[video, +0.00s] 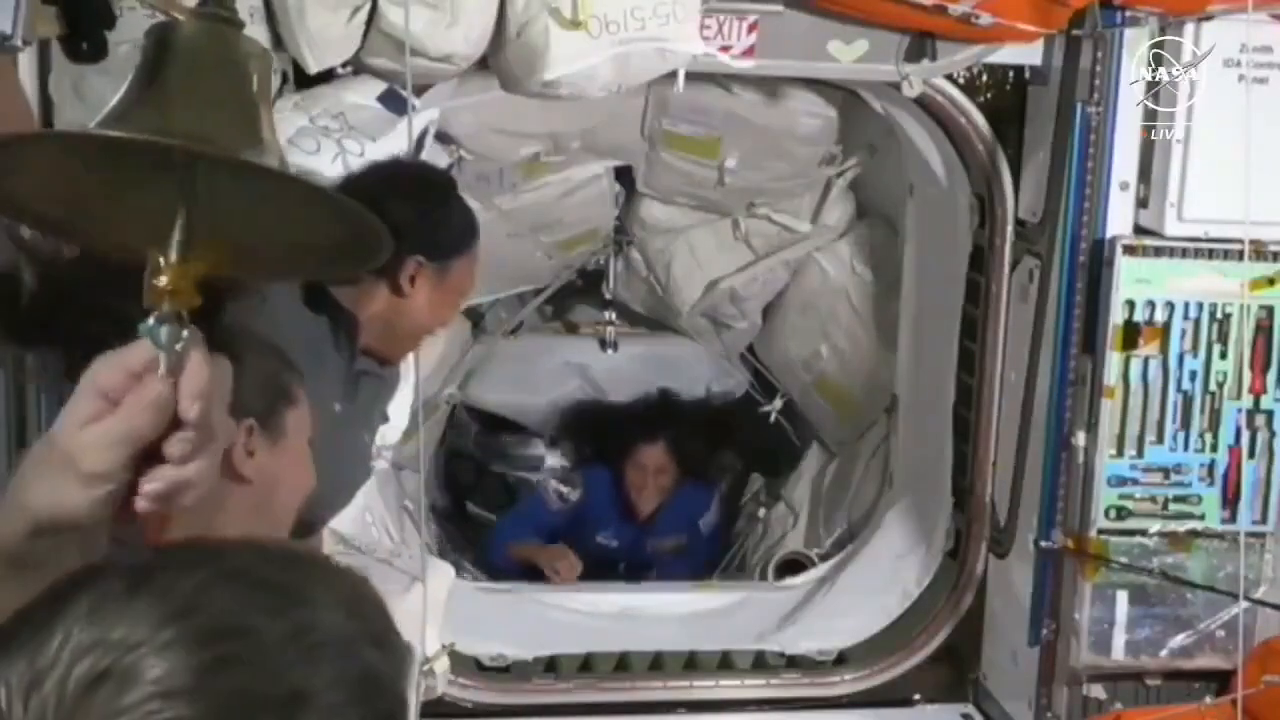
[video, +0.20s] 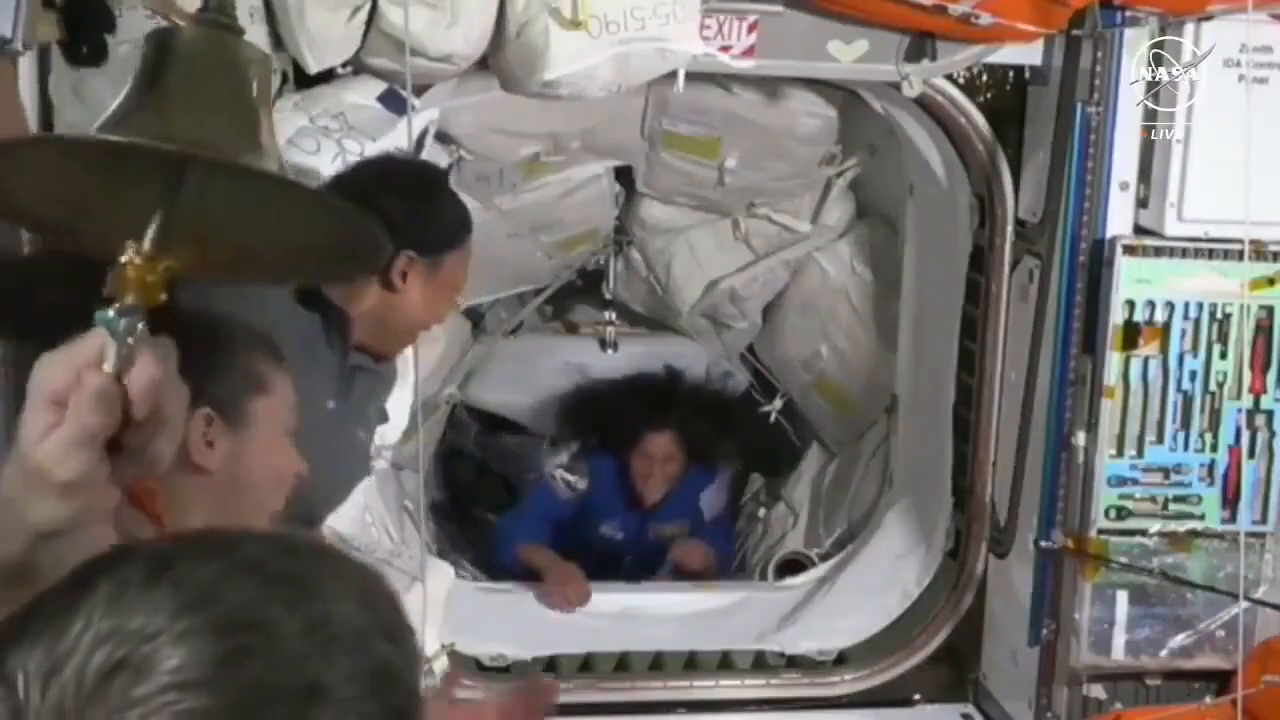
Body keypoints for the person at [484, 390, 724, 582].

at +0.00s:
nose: (648, 483)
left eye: (661, 472)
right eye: (639, 469)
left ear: (679, 473)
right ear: (622, 466)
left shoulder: (703, 506)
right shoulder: (583, 489)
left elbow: (699, 573)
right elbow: (502, 543)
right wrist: (538, 553)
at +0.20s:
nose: (654, 473)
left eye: (669, 462)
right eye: (645, 458)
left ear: (687, 464)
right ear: (627, 453)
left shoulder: (707, 490)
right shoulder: (585, 476)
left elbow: (722, 560)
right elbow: (515, 532)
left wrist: (701, 560)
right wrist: (552, 566)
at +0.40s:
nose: (667, 465)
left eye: (680, 453)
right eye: (657, 449)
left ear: (698, 452)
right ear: (638, 441)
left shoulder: (710, 476)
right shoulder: (598, 462)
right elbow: (518, 505)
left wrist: (748, 536)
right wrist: (532, 532)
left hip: (673, 604)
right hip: (587, 597)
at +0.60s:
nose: (665, 473)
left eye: (677, 456)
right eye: (651, 458)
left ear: (699, 445)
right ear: (628, 448)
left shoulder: (714, 457)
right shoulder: (605, 456)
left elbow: (761, 464)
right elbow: (558, 460)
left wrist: (788, 486)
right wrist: (520, 473)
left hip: (666, 578)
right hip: (593, 573)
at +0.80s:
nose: (662, 461)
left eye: (679, 453)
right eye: (656, 444)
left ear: (699, 448)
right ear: (635, 426)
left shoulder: (708, 461)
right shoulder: (594, 446)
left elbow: (769, 463)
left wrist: (824, 471)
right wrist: (522, 468)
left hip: (661, 604)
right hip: (577, 597)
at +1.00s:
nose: (675, 450)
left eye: (688, 429)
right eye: (660, 428)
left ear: (712, 417)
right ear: (637, 413)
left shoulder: (736, 445)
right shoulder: (601, 433)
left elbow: (810, 488)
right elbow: (535, 493)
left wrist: (848, 477)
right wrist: (535, 465)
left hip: (657, 581)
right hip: (578, 572)